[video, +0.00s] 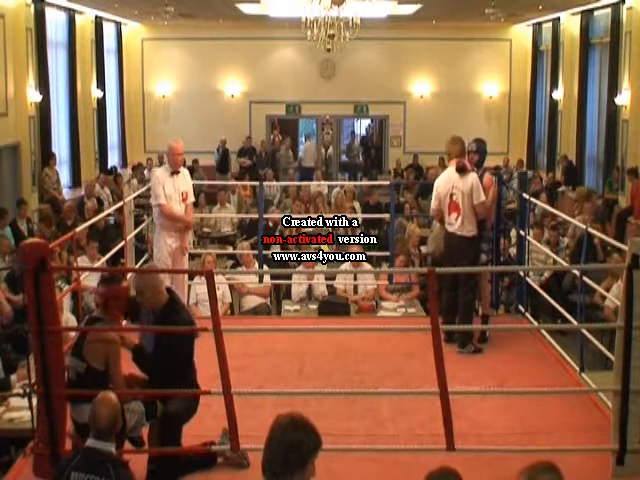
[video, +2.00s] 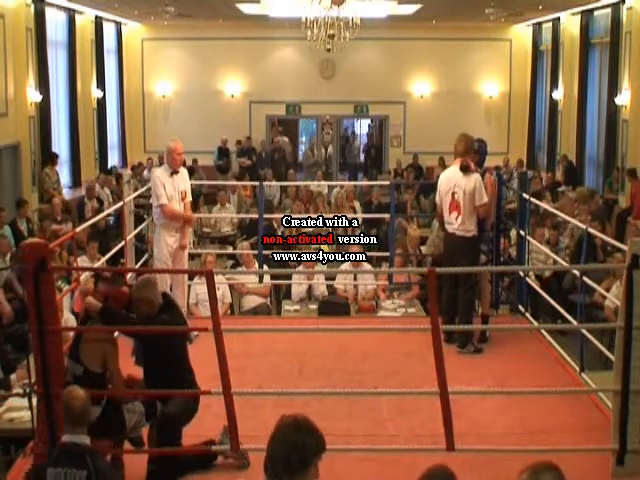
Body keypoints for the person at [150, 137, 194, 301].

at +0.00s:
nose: (179, 159)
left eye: (181, 154)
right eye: (176, 155)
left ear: (184, 155)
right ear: (167, 156)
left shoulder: (185, 173)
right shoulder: (158, 174)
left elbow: (189, 204)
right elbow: (163, 207)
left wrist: (185, 235)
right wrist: (184, 219)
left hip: (182, 229)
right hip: (165, 229)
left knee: (181, 270)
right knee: (164, 269)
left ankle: (182, 306)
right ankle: (163, 307)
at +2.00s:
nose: (180, 158)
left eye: (181, 154)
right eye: (176, 155)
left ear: (183, 156)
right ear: (167, 156)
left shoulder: (183, 173)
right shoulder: (158, 174)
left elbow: (187, 203)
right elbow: (164, 208)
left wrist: (185, 234)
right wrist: (185, 216)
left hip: (182, 226)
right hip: (165, 227)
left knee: (181, 270)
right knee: (163, 270)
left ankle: (180, 311)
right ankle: (161, 310)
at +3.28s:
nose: (179, 158)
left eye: (181, 154)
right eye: (175, 155)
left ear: (183, 156)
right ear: (167, 156)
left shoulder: (184, 173)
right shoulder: (158, 174)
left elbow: (189, 204)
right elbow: (166, 209)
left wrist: (185, 235)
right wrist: (187, 209)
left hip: (182, 228)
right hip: (165, 228)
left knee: (181, 270)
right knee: (164, 270)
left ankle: (181, 307)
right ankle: (163, 308)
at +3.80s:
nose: (179, 158)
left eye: (181, 155)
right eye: (175, 155)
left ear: (183, 156)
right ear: (166, 157)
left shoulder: (184, 173)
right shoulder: (158, 174)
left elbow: (188, 204)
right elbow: (165, 208)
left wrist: (184, 235)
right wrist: (186, 213)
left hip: (183, 226)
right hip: (166, 227)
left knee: (181, 269)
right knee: (163, 268)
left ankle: (181, 309)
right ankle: (163, 308)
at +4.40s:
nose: (181, 158)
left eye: (183, 154)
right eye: (178, 155)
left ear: (184, 156)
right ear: (168, 156)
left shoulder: (185, 173)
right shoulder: (158, 174)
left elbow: (188, 205)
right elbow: (165, 209)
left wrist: (185, 235)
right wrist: (186, 214)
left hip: (183, 228)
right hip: (165, 228)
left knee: (181, 271)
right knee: (164, 270)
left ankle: (181, 310)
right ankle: (162, 309)